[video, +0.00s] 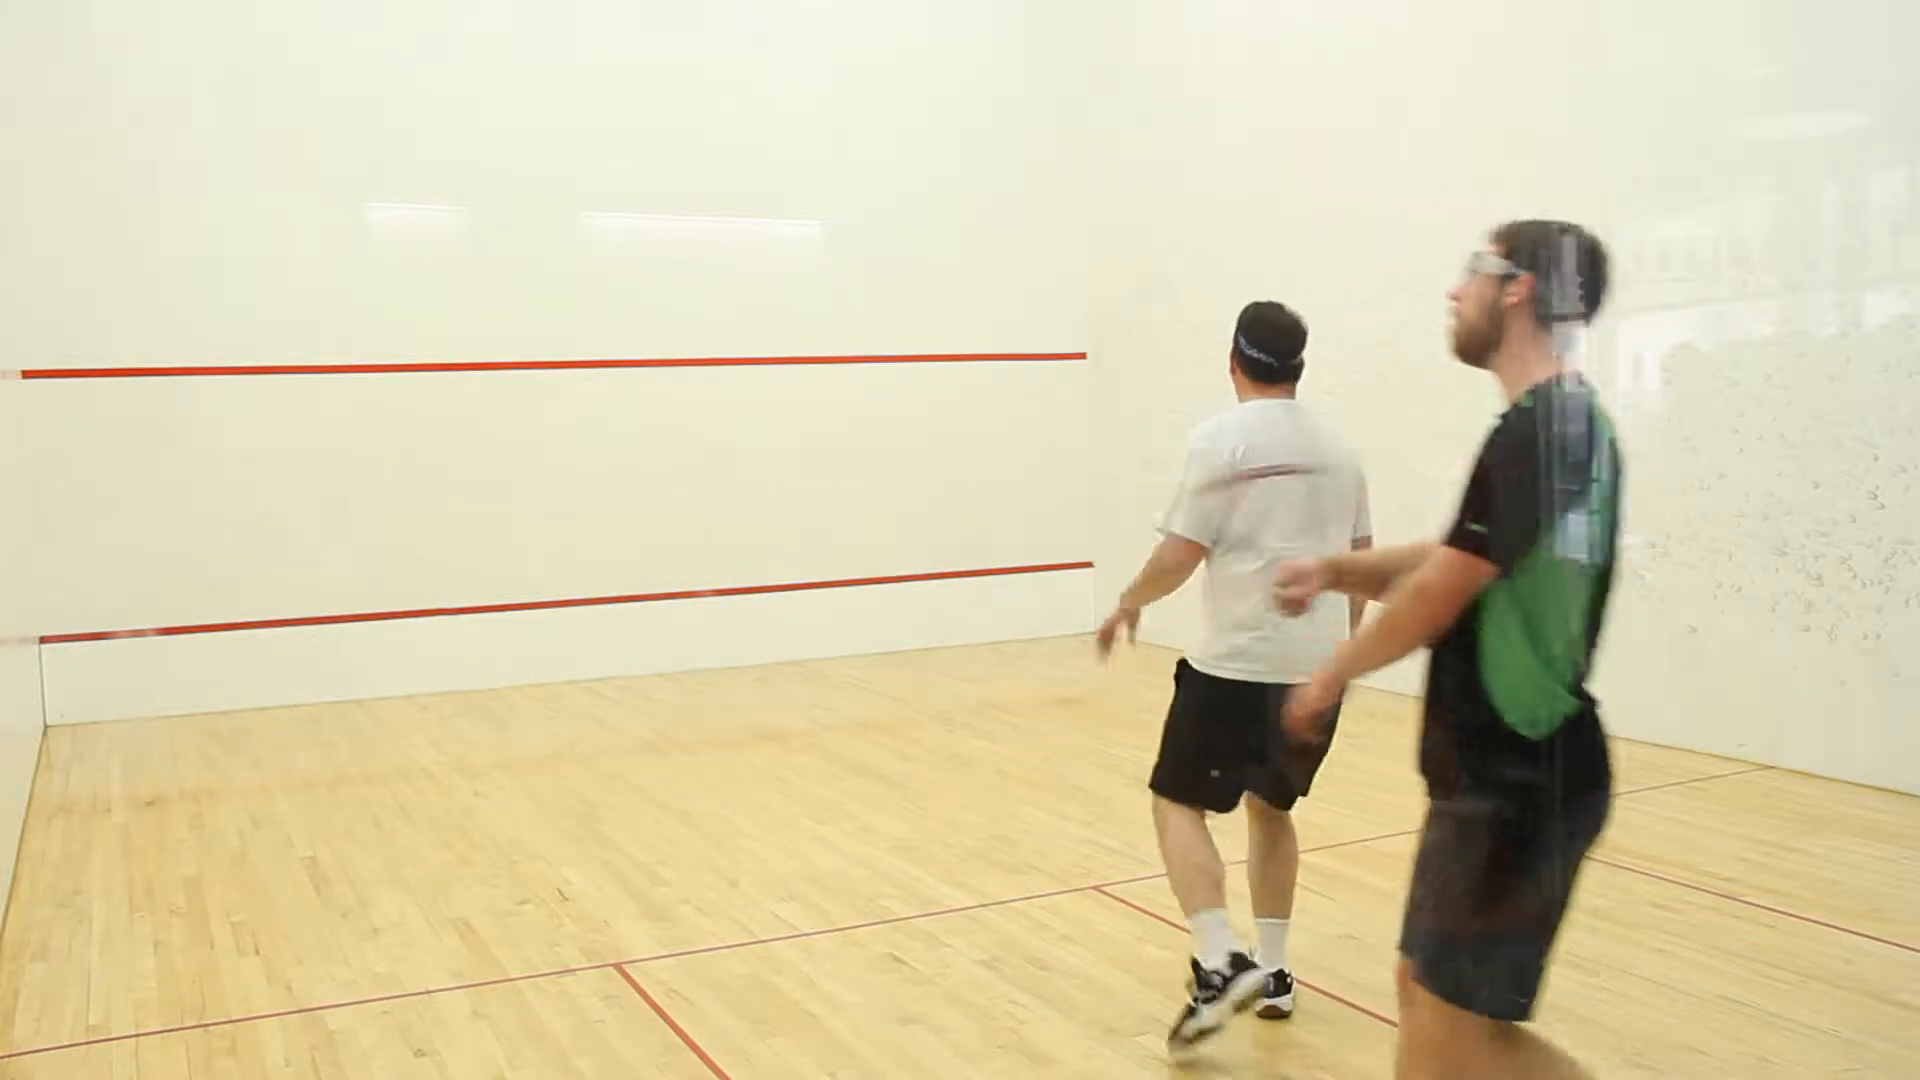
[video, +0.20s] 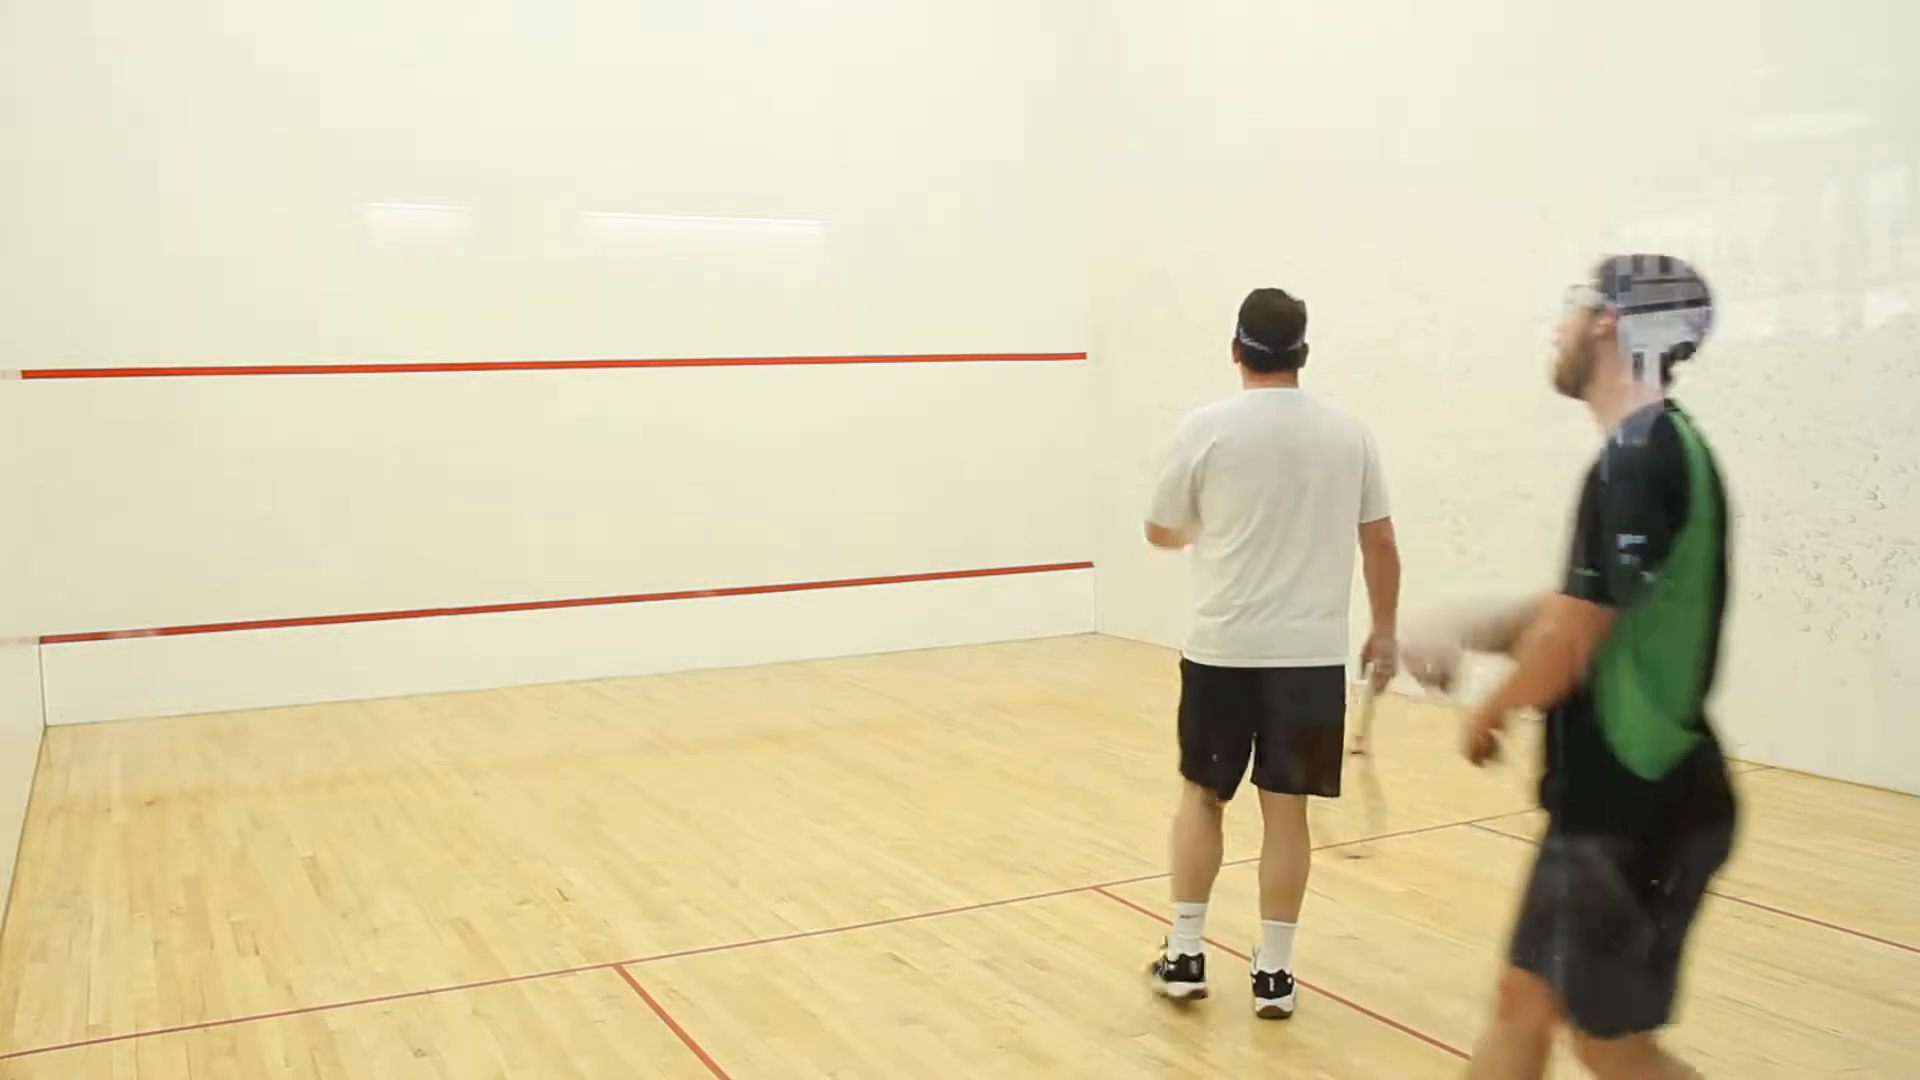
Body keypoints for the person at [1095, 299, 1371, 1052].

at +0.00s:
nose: (1232, 367)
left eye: (1232, 355)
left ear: (1236, 361)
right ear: (1300, 366)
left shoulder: (1222, 441)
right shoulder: (1339, 450)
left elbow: (1180, 555)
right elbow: (1363, 568)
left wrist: (1132, 601)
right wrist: (1349, 651)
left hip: (1228, 671)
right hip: (1315, 675)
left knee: (1176, 799)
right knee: (1271, 806)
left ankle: (1222, 961)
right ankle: (1274, 970)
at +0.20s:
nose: (1241, 354)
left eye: (1239, 345)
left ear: (1236, 351)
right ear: (1303, 353)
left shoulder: (1205, 430)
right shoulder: (1347, 435)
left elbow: (1165, 531)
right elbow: (1379, 545)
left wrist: (1221, 505)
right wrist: (1385, 631)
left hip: (1220, 657)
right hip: (1310, 661)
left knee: (1203, 794)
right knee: (1287, 808)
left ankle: (1184, 952)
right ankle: (1273, 973)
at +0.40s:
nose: (1294, 356)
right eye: (1306, 346)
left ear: (1241, 353)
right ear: (1308, 353)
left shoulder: (1201, 430)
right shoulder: (1342, 432)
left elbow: (1172, 529)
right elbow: (1384, 542)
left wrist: (1244, 534)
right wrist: (1415, 628)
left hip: (1215, 653)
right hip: (1302, 658)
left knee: (1221, 790)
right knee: (1286, 811)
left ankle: (1209, 946)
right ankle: (1271, 968)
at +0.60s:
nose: (1329, 354)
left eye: (1322, 343)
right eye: (1326, 344)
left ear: (1260, 356)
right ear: (1316, 352)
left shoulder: (1223, 427)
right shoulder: (1331, 428)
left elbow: (1197, 526)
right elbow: (1350, 544)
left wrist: (1276, 509)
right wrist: (1397, 648)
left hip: (1227, 646)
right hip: (1308, 648)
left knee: (1233, 778)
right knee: (1362, 765)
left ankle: (1211, 943)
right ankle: (1298, 913)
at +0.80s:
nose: (1372, 362)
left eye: (1368, 351)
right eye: (1369, 351)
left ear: (1306, 357)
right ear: (1355, 356)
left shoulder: (1268, 425)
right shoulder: (1357, 430)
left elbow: (1266, 536)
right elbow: (1347, 540)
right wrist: (1357, 655)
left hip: (1259, 652)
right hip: (1331, 655)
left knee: (1253, 775)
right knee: (1403, 765)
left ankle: (1212, 938)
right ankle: (1406, 930)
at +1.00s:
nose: (1433, 365)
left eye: (1432, 353)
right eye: (1430, 352)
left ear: (1369, 352)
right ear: (1408, 353)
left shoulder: (1333, 416)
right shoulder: (1410, 424)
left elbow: (1337, 531)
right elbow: (1401, 538)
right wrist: (1414, 648)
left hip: (1328, 642)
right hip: (1390, 645)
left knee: (1329, 766)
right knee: (1426, 783)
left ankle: (1240, 896)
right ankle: (1412, 933)